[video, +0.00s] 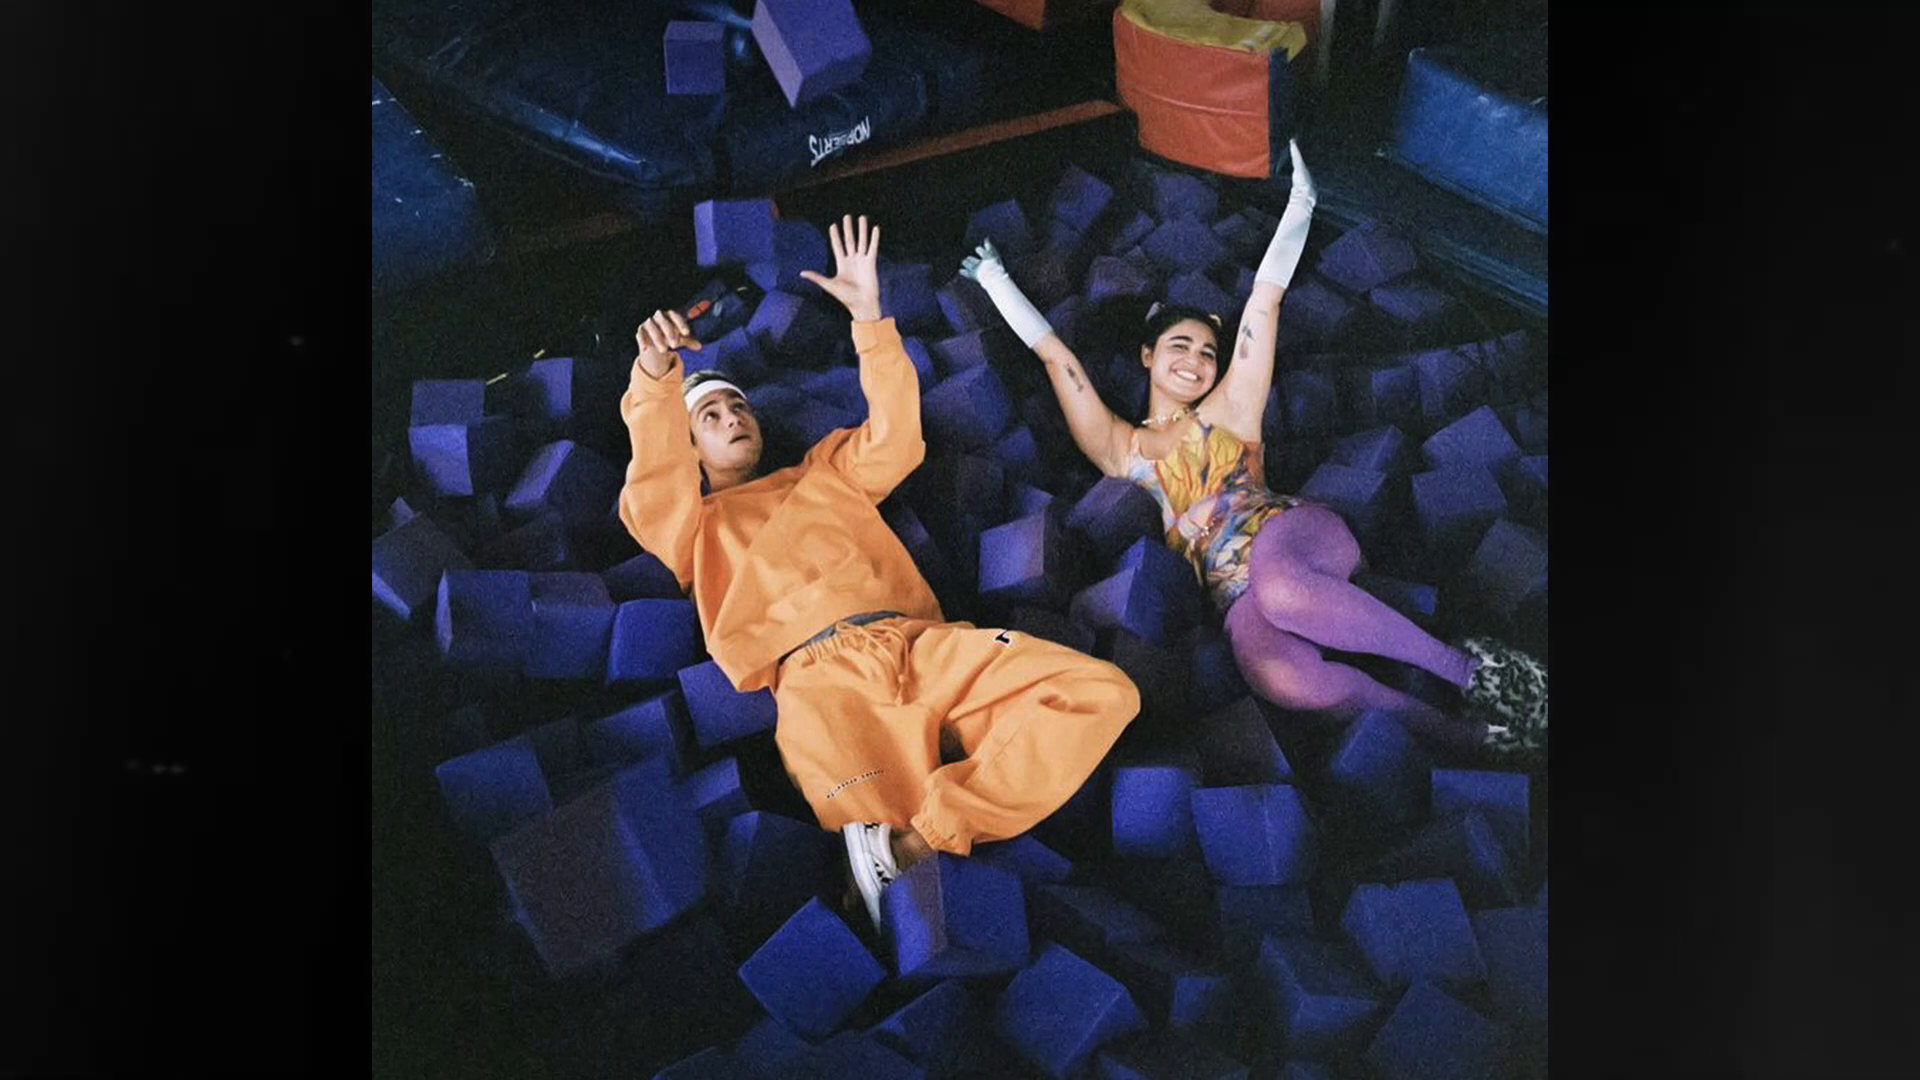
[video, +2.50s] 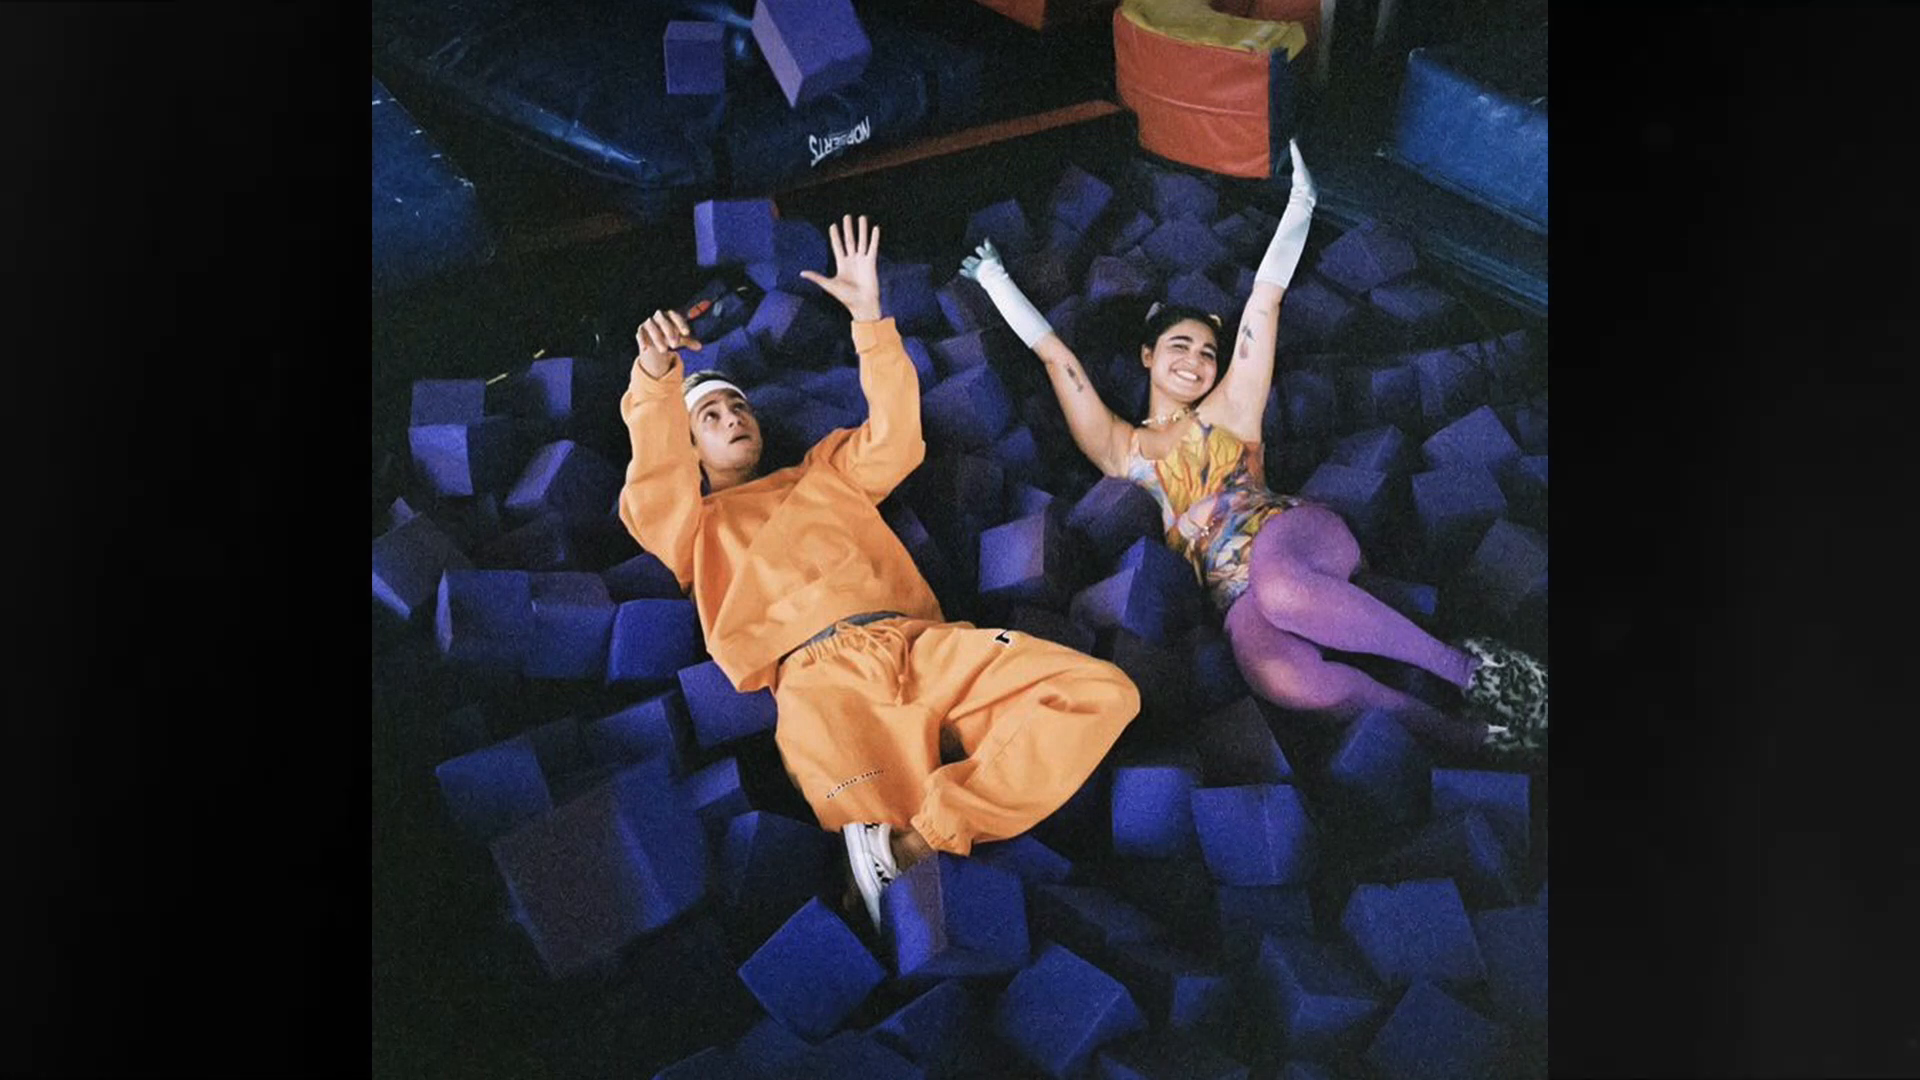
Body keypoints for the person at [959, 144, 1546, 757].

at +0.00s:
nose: (1191, 360)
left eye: (1205, 353)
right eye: (1177, 346)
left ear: (1216, 370)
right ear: (1145, 358)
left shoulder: (1231, 410)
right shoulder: (1123, 449)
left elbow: (1264, 303)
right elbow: (1057, 359)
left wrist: (1298, 209)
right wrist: (993, 278)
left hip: (1291, 533)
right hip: (1240, 599)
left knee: (1276, 592)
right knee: (1286, 680)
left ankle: (1472, 670)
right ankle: (1461, 732)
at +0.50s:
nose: (1190, 359)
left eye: (1204, 353)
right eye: (1176, 347)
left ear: (1216, 370)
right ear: (1145, 358)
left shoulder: (1230, 410)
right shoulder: (1123, 449)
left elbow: (1264, 304)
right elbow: (1058, 359)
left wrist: (1299, 208)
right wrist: (992, 277)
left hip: (1289, 532)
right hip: (1239, 597)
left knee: (1278, 592)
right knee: (1286, 680)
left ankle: (1472, 671)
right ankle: (1465, 734)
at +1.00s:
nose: (1191, 360)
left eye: (1205, 354)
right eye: (1176, 346)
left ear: (1216, 371)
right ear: (1144, 358)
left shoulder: (1230, 411)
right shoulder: (1122, 449)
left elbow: (1264, 305)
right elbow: (1058, 360)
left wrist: (1299, 208)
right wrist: (992, 278)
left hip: (1287, 530)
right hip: (1238, 596)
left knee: (1279, 593)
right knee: (1287, 681)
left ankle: (1472, 671)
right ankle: (1464, 735)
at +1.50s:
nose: (1191, 360)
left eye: (1205, 354)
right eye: (1176, 346)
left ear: (1216, 371)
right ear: (1145, 358)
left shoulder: (1230, 411)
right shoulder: (1122, 449)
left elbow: (1264, 305)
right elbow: (1058, 360)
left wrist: (1299, 208)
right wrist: (992, 278)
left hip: (1287, 530)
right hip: (1238, 596)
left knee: (1279, 593)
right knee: (1288, 681)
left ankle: (1472, 671)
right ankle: (1463, 735)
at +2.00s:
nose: (1191, 360)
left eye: (1205, 354)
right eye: (1177, 346)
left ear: (1216, 371)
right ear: (1145, 357)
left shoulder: (1230, 411)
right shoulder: (1122, 448)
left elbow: (1264, 306)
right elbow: (1057, 359)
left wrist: (1298, 209)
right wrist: (991, 278)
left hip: (1287, 531)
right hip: (1238, 596)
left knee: (1278, 593)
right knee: (1287, 680)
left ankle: (1471, 671)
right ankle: (1463, 735)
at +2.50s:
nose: (1190, 359)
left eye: (1204, 353)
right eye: (1176, 347)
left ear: (1216, 370)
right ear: (1145, 358)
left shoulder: (1230, 410)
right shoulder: (1123, 449)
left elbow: (1264, 304)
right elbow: (1057, 359)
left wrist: (1298, 209)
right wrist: (992, 277)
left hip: (1289, 531)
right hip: (1239, 597)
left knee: (1278, 592)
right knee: (1287, 680)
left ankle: (1472, 671)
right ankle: (1463, 733)